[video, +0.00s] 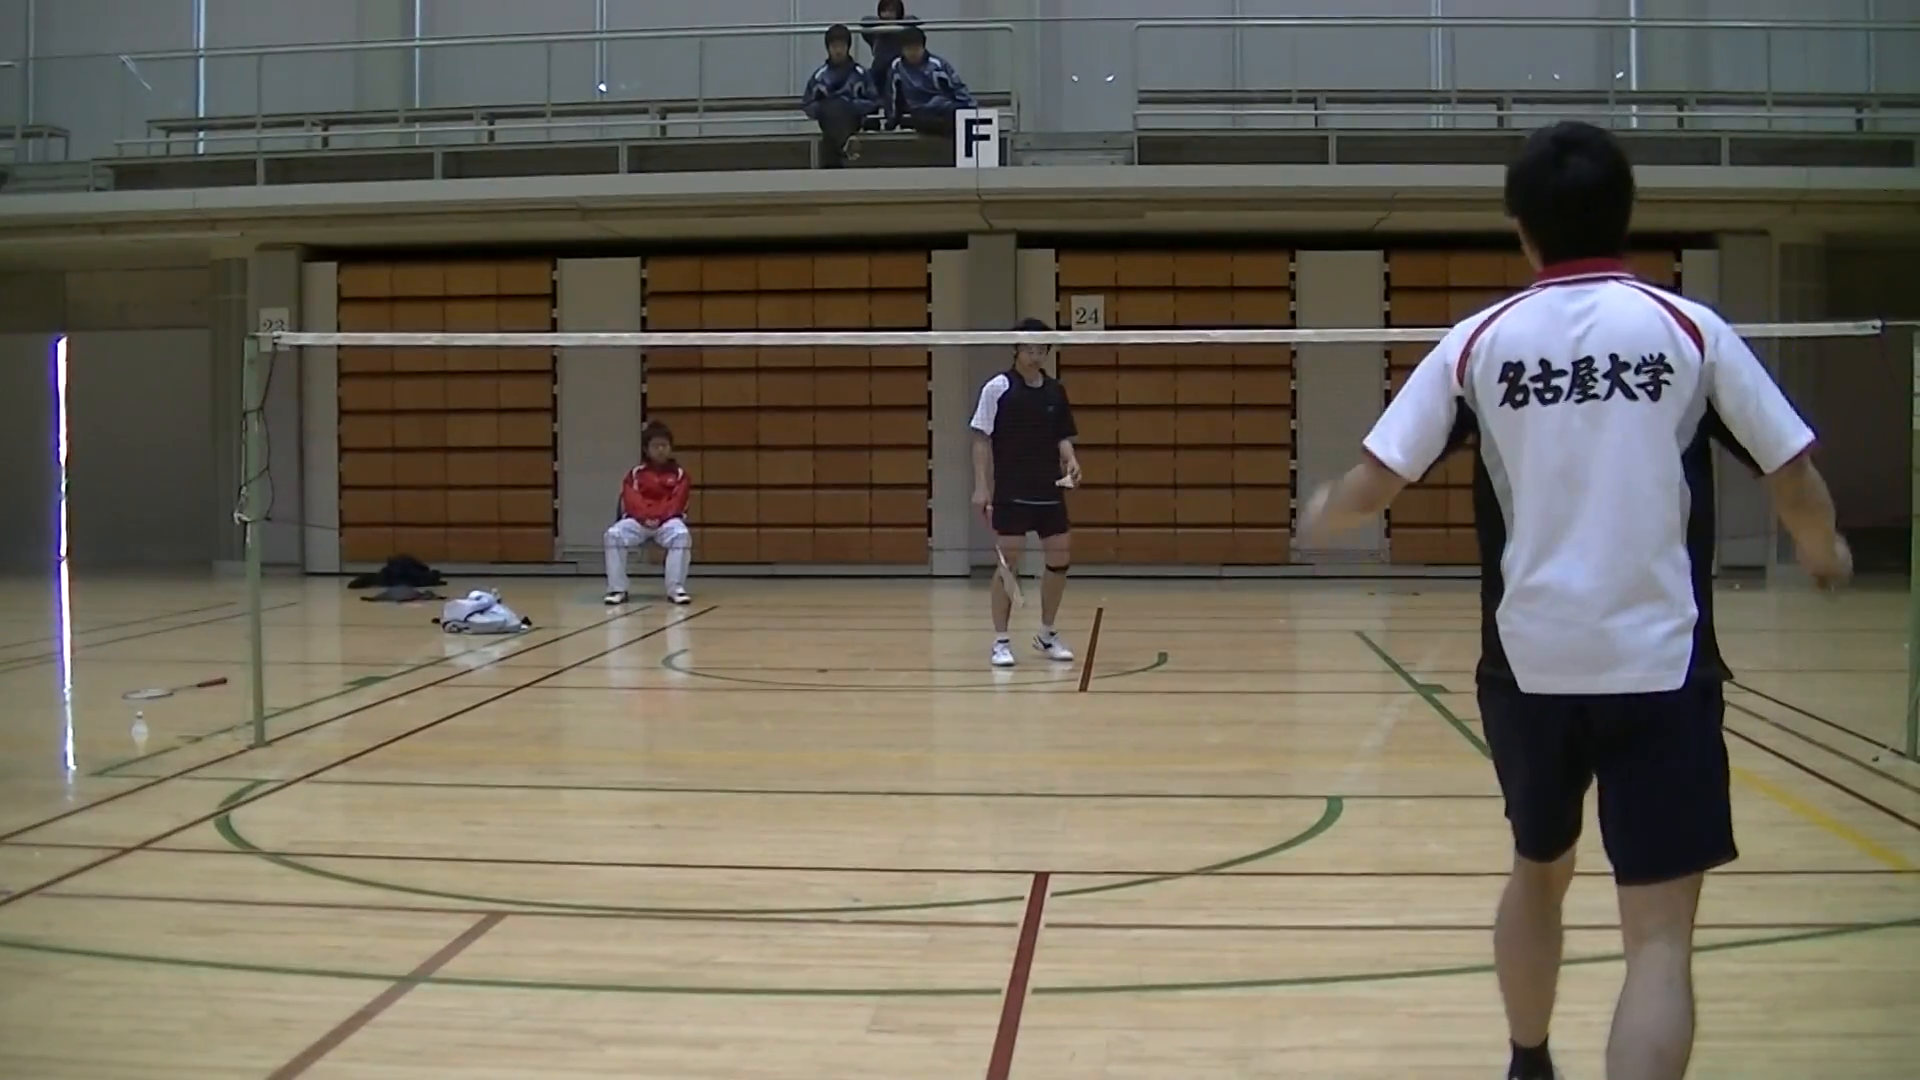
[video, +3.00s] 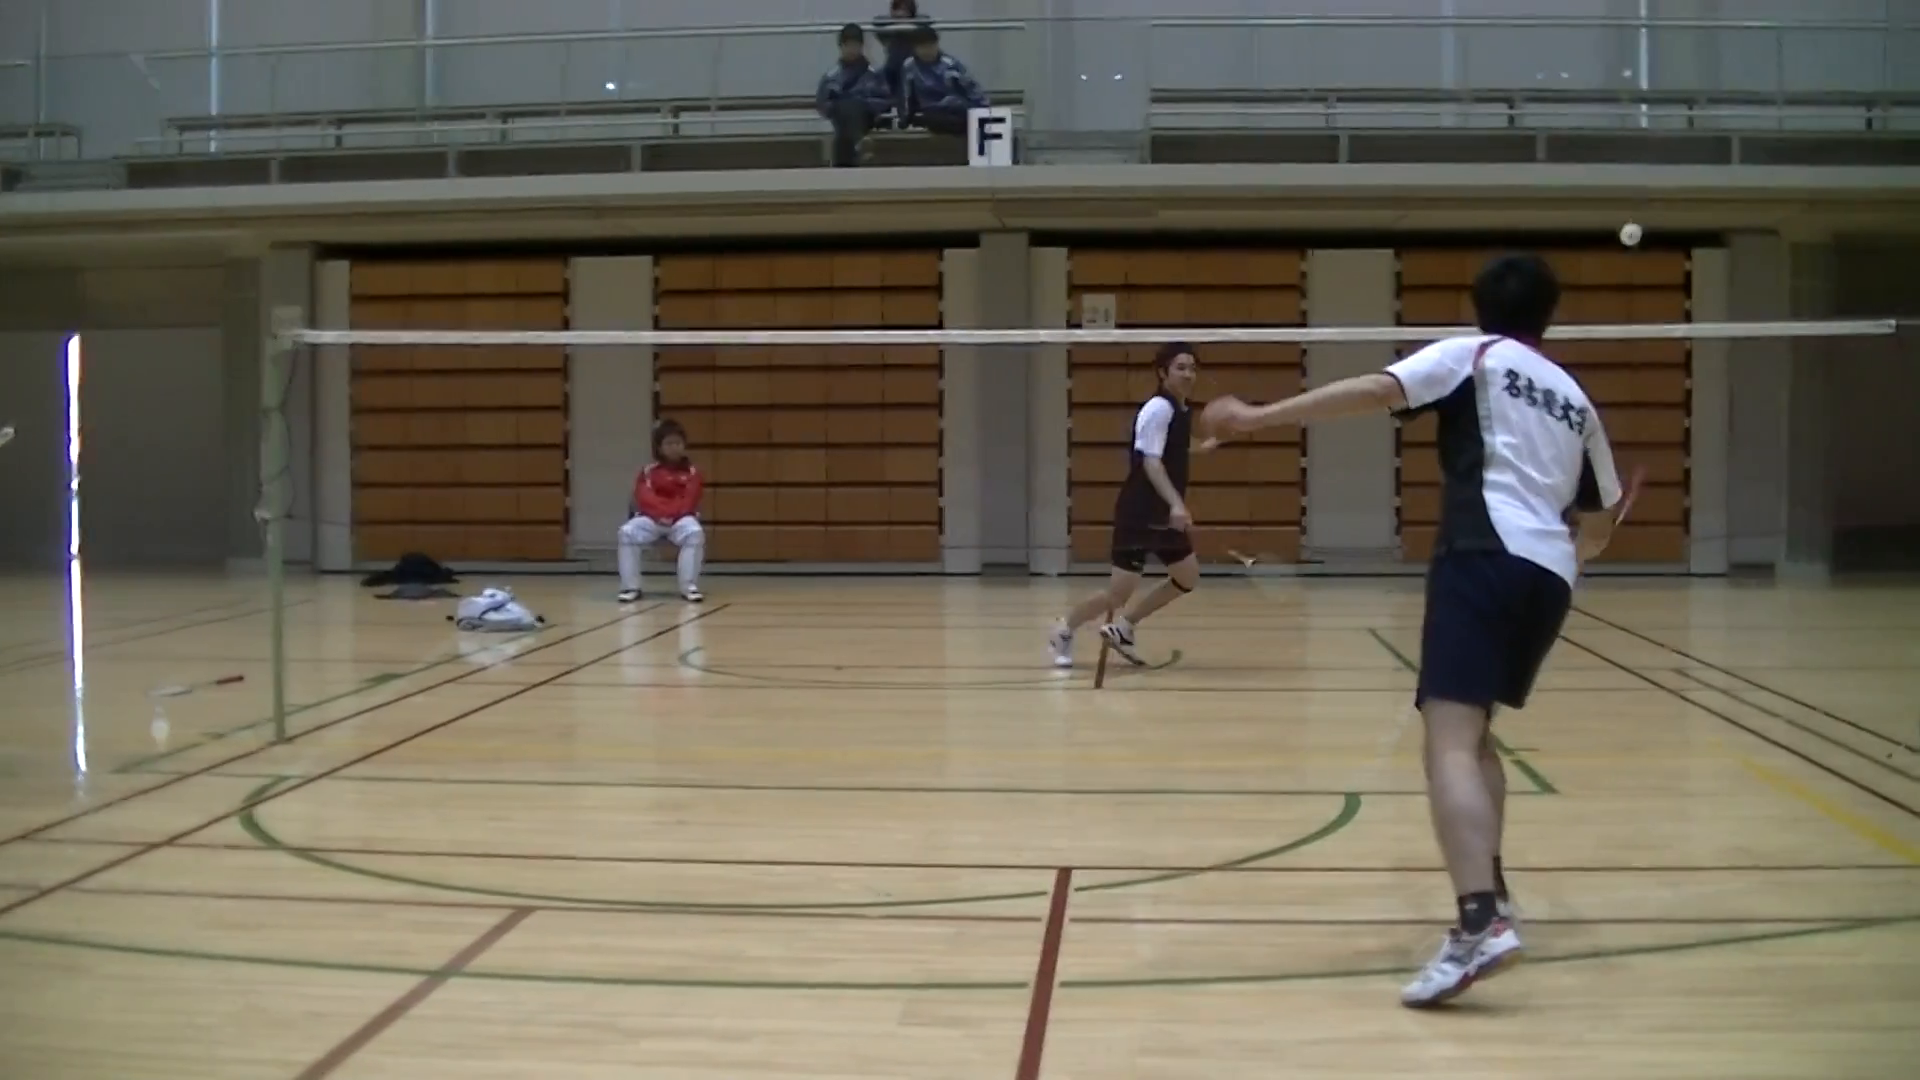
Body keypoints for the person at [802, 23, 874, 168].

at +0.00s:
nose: (838, 51)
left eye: (842, 46)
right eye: (833, 46)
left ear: (848, 47)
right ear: (827, 48)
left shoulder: (861, 73)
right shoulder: (819, 75)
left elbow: (873, 103)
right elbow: (808, 107)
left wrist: (847, 104)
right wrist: (827, 105)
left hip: (854, 122)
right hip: (828, 122)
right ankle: (846, 144)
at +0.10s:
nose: (837, 51)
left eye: (841, 46)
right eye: (833, 46)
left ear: (848, 47)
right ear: (827, 48)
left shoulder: (860, 73)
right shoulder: (819, 75)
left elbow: (873, 104)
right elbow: (807, 106)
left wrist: (847, 104)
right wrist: (826, 105)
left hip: (854, 119)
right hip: (827, 119)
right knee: (831, 106)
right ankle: (845, 144)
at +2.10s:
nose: (835, 50)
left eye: (838, 45)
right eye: (830, 45)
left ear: (845, 46)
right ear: (824, 47)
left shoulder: (857, 72)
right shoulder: (815, 74)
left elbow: (868, 102)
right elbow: (805, 106)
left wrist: (844, 104)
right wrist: (823, 105)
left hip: (850, 117)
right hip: (822, 117)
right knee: (830, 103)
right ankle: (841, 143)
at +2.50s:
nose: (842, 50)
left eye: (846, 45)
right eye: (838, 46)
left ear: (852, 47)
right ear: (832, 48)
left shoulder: (866, 74)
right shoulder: (823, 76)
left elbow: (876, 103)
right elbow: (814, 105)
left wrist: (846, 103)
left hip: (860, 120)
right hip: (831, 120)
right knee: (835, 105)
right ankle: (851, 142)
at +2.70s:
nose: (877, 51)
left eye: (881, 46)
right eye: (873, 46)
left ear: (888, 47)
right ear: (867, 48)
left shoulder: (902, 74)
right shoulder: (859, 76)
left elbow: (914, 103)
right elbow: (851, 104)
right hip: (870, 125)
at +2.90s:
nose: (867, 49)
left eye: (871, 44)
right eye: (864, 44)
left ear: (878, 45)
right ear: (857, 46)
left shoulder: (890, 72)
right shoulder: (849, 73)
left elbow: (902, 101)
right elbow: (838, 102)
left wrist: (878, 104)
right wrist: (854, 109)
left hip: (884, 121)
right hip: (858, 122)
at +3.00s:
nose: (851, 50)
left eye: (855, 45)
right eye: (847, 45)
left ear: (861, 47)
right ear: (840, 47)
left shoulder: (875, 76)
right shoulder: (830, 77)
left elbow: (886, 102)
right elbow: (822, 104)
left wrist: (862, 105)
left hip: (869, 119)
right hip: (840, 119)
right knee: (850, 106)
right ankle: (861, 144)